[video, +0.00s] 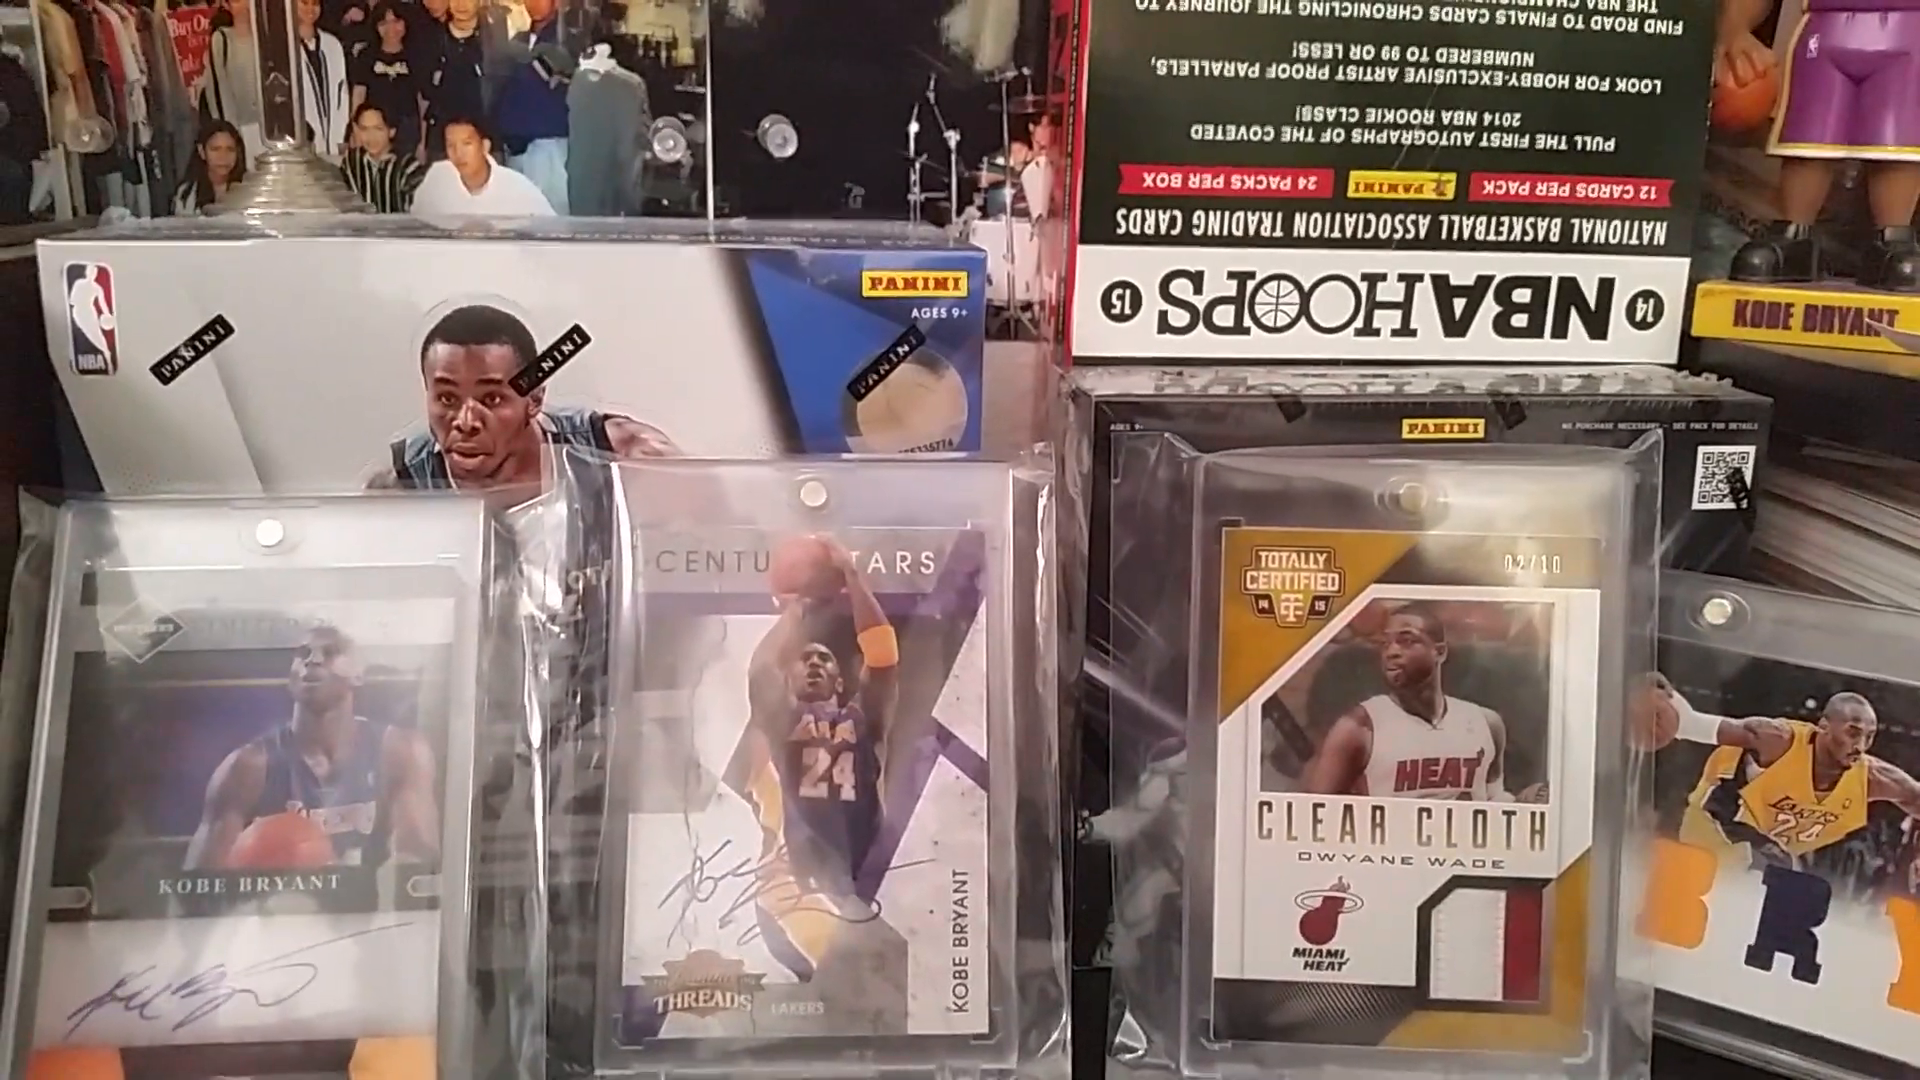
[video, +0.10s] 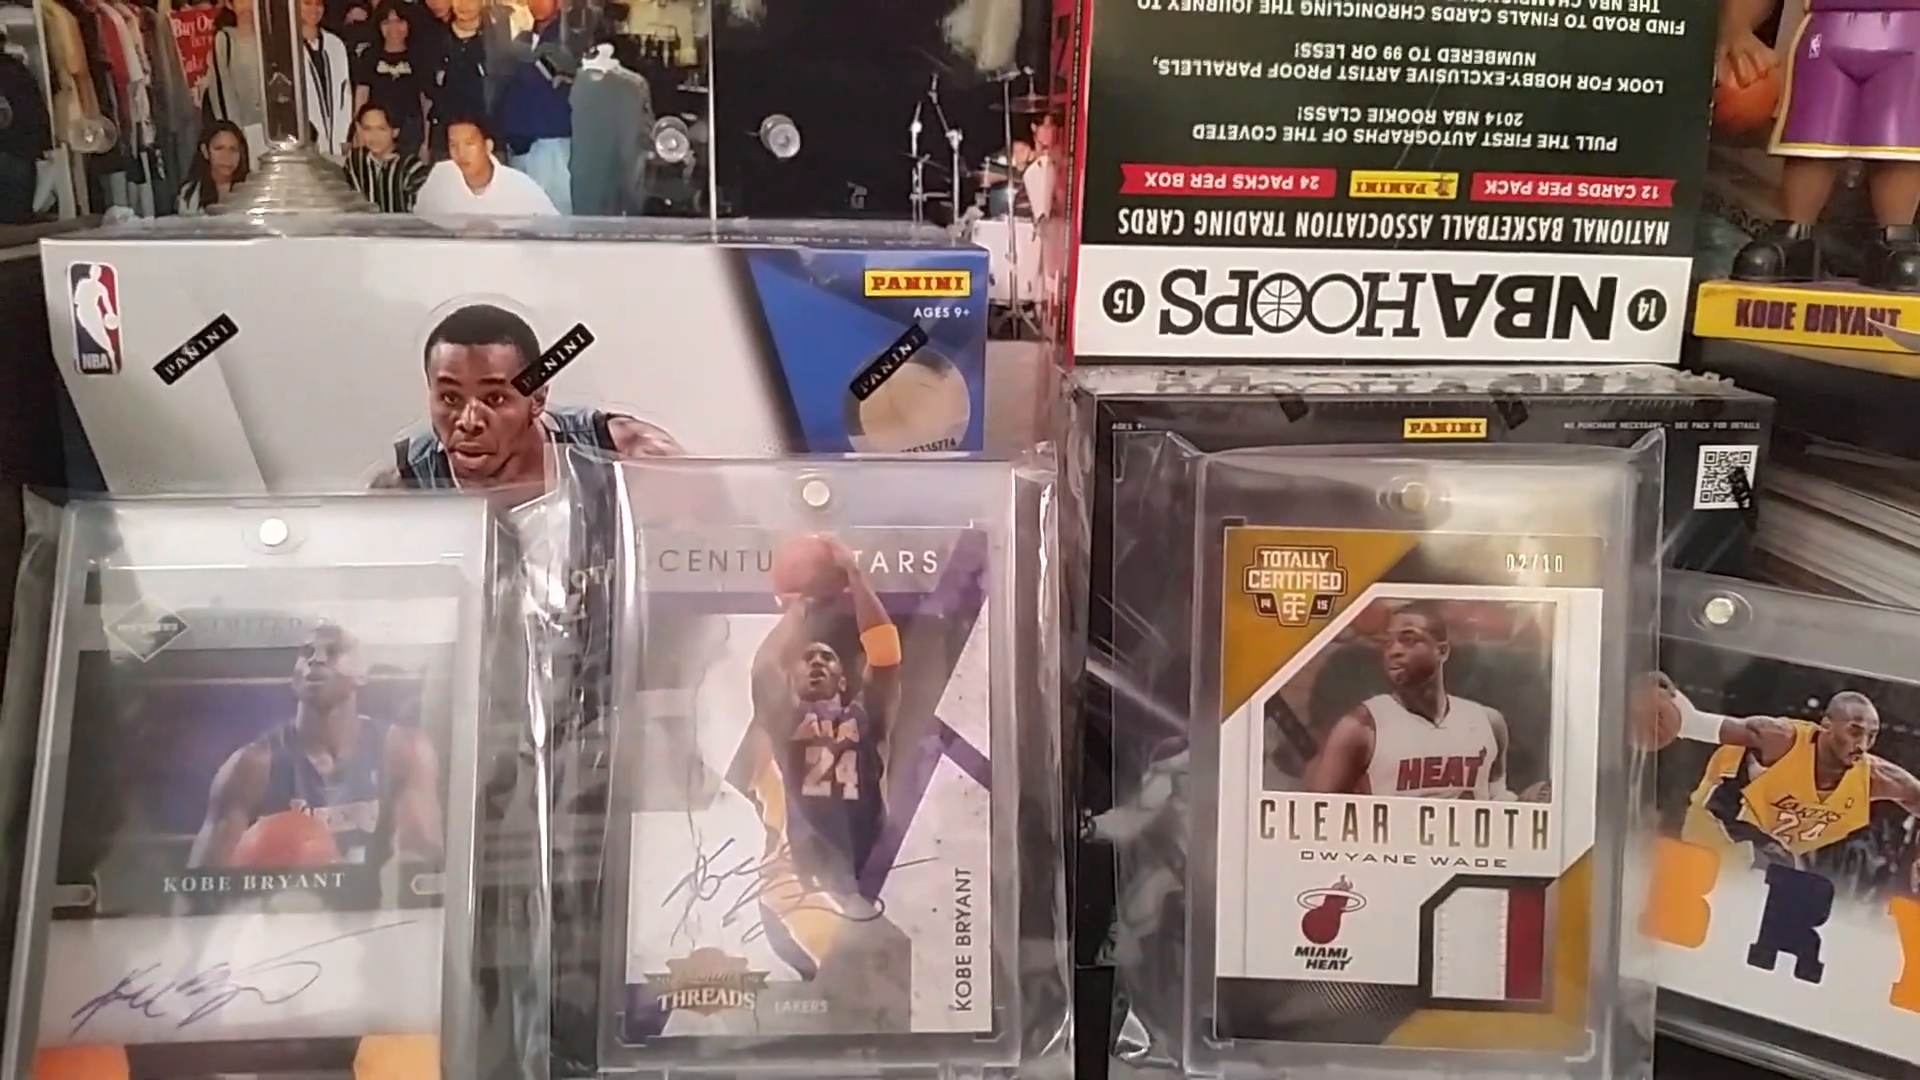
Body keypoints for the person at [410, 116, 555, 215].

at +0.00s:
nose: (459, 154)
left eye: (467, 144)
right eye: (451, 146)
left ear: (485, 146)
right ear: (446, 151)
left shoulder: (516, 185)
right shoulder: (438, 176)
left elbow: (553, 231)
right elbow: (414, 225)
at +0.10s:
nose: (461, 154)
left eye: (470, 144)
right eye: (453, 146)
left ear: (488, 146)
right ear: (448, 150)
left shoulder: (519, 184)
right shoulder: (441, 176)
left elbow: (556, 229)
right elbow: (418, 224)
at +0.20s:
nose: (472, 154)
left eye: (481, 143)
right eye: (465, 146)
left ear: (499, 146)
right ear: (459, 151)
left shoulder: (529, 184)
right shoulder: (451, 176)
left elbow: (566, 228)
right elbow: (428, 224)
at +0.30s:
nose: (479, 154)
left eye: (488, 144)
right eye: (471, 146)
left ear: (506, 146)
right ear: (466, 150)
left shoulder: (536, 184)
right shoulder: (458, 176)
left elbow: (573, 229)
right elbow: (434, 223)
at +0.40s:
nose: (488, 153)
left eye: (497, 143)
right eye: (481, 145)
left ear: (515, 145)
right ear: (476, 150)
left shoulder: (546, 183)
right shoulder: (468, 175)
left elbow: (583, 228)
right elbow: (445, 223)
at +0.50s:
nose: (496, 153)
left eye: (504, 144)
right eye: (489, 146)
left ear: (522, 146)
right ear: (484, 150)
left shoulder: (554, 184)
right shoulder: (476, 175)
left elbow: (590, 229)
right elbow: (452, 223)